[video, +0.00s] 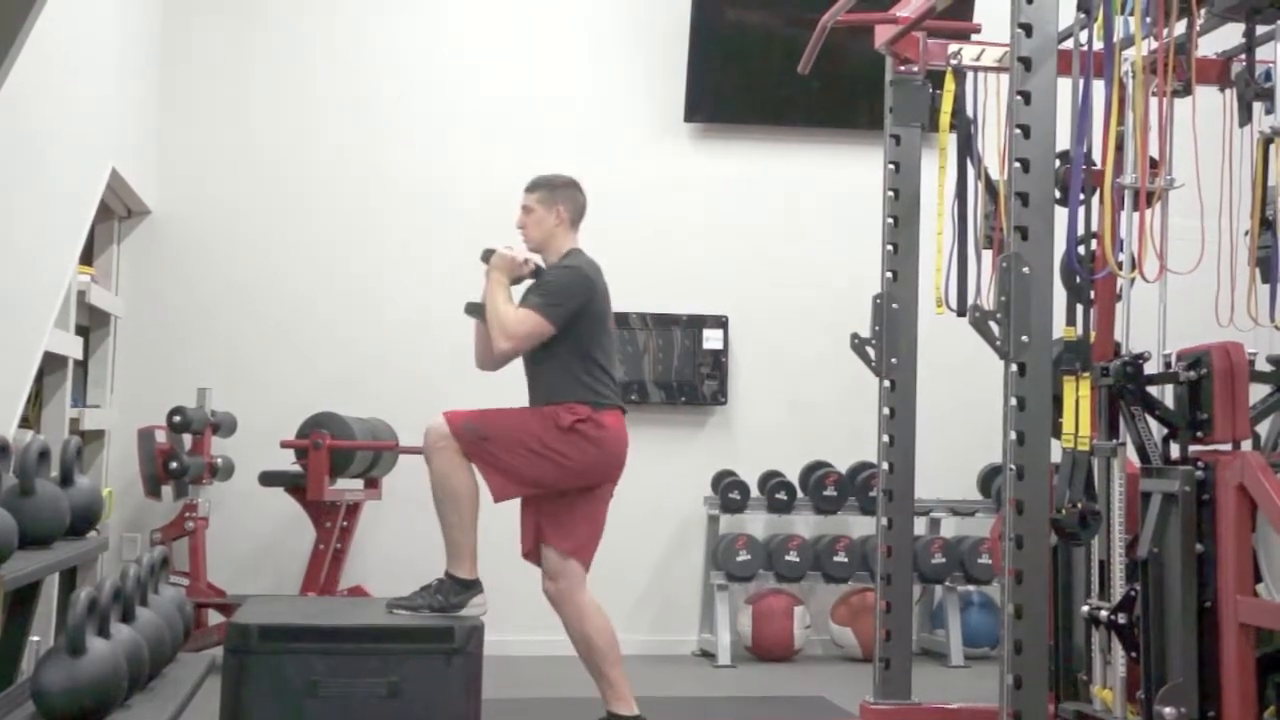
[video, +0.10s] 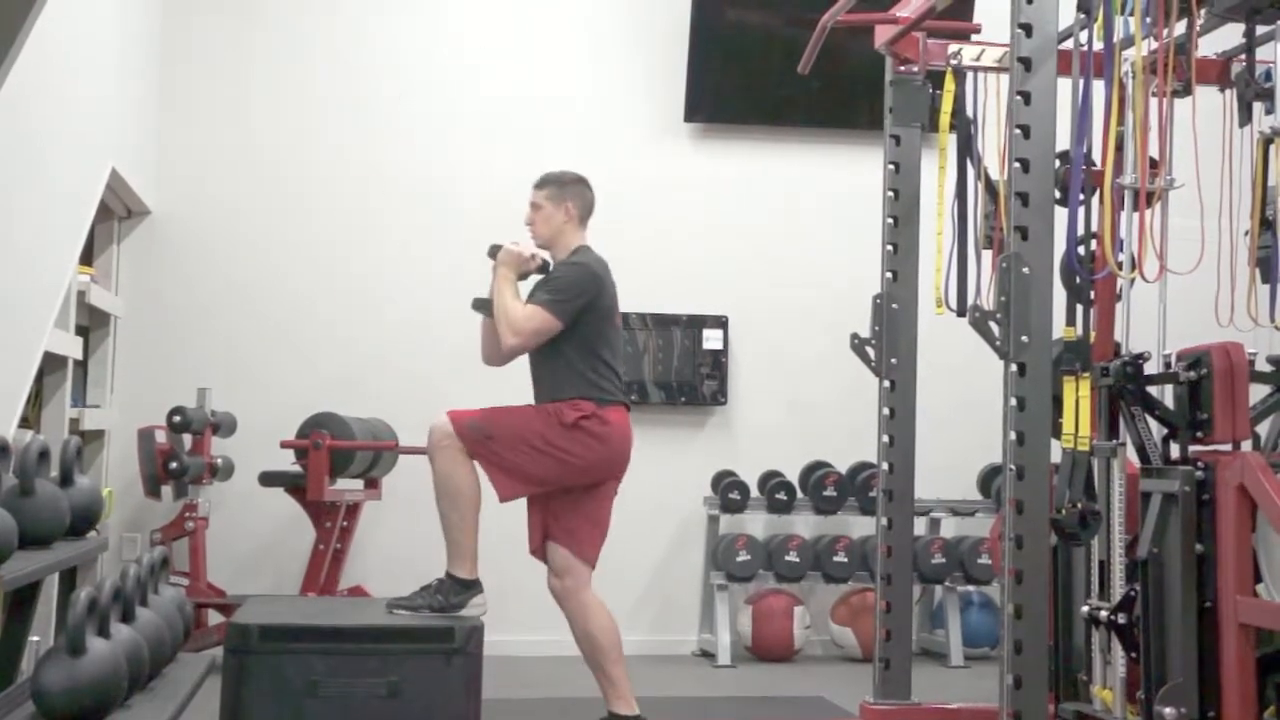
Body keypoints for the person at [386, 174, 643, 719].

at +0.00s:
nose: (518, 222)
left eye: (528, 212)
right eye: (521, 212)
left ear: (560, 216)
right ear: (557, 217)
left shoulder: (577, 275)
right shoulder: (554, 281)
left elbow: (508, 338)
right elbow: (490, 357)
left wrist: (497, 277)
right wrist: (495, 290)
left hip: (581, 430)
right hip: (589, 436)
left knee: (444, 435)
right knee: (564, 583)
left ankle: (461, 581)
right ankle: (624, 710)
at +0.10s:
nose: (527, 218)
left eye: (537, 208)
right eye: (529, 208)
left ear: (569, 211)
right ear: (565, 213)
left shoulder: (584, 271)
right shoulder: (564, 277)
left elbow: (515, 335)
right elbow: (496, 354)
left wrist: (504, 273)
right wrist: (502, 286)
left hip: (585, 426)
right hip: (595, 433)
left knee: (447, 435)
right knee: (569, 581)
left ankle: (460, 582)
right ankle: (625, 710)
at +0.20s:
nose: (535, 217)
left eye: (544, 207)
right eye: (536, 207)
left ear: (576, 211)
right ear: (572, 212)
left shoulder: (590, 269)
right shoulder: (569, 276)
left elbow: (522, 333)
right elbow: (501, 351)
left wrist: (512, 272)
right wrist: (504, 285)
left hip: (589, 424)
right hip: (599, 433)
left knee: (451, 432)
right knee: (570, 578)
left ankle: (460, 582)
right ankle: (625, 710)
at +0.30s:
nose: (545, 205)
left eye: (554, 195)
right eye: (547, 194)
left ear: (586, 201)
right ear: (581, 202)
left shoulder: (598, 259)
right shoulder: (575, 265)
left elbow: (531, 325)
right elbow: (506, 340)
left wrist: (515, 263)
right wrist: (509, 276)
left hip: (587, 414)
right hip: (596, 422)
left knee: (449, 429)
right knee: (586, 566)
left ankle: (463, 575)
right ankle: (624, 706)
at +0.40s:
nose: (532, 208)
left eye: (542, 198)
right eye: (534, 198)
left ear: (574, 204)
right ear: (567, 205)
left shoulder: (588, 263)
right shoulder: (561, 271)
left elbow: (523, 330)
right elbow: (498, 347)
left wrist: (502, 269)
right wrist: (499, 281)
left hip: (587, 415)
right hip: (592, 425)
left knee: (448, 429)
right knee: (564, 574)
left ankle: (464, 575)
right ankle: (622, 705)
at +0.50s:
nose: (518, 219)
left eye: (529, 209)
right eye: (521, 209)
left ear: (561, 215)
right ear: (558, 216)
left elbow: (511, 339)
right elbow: (487, 359)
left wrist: (489, 279)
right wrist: (486, 292)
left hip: (583, 423)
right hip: (584, 433)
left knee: (444, 429)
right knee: (540, 578)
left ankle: (464, 576)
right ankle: (618, 704)